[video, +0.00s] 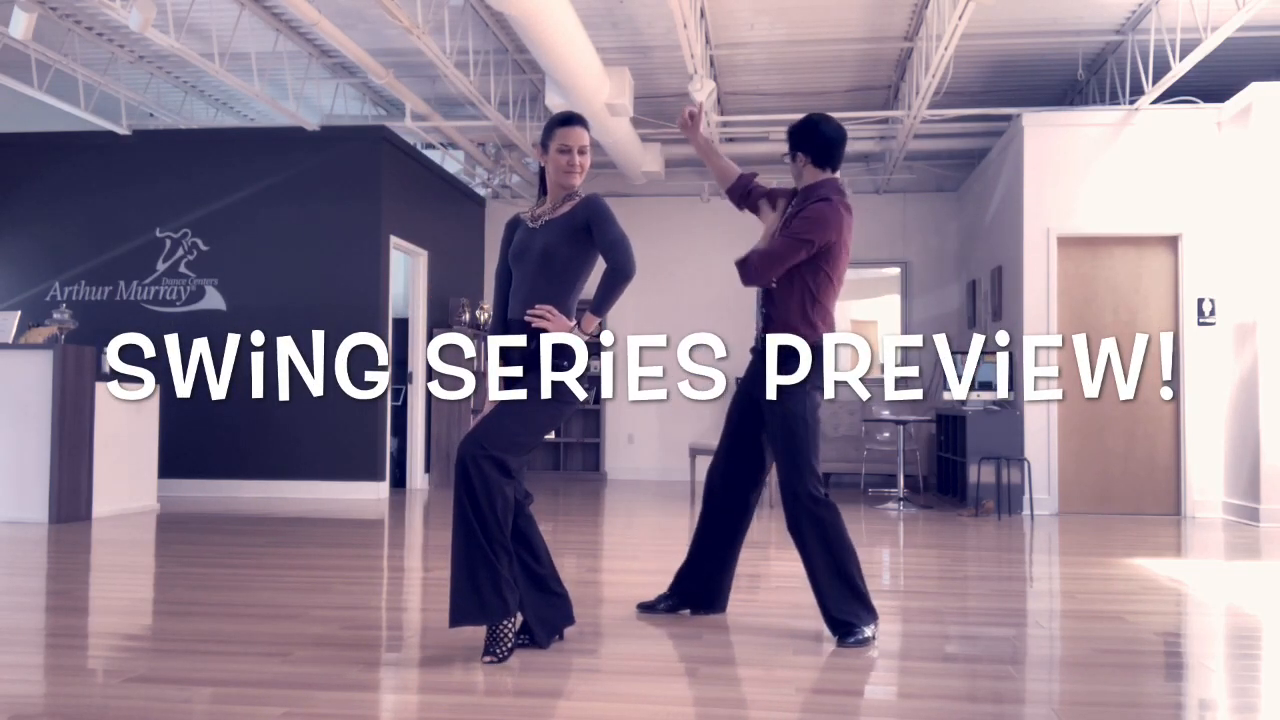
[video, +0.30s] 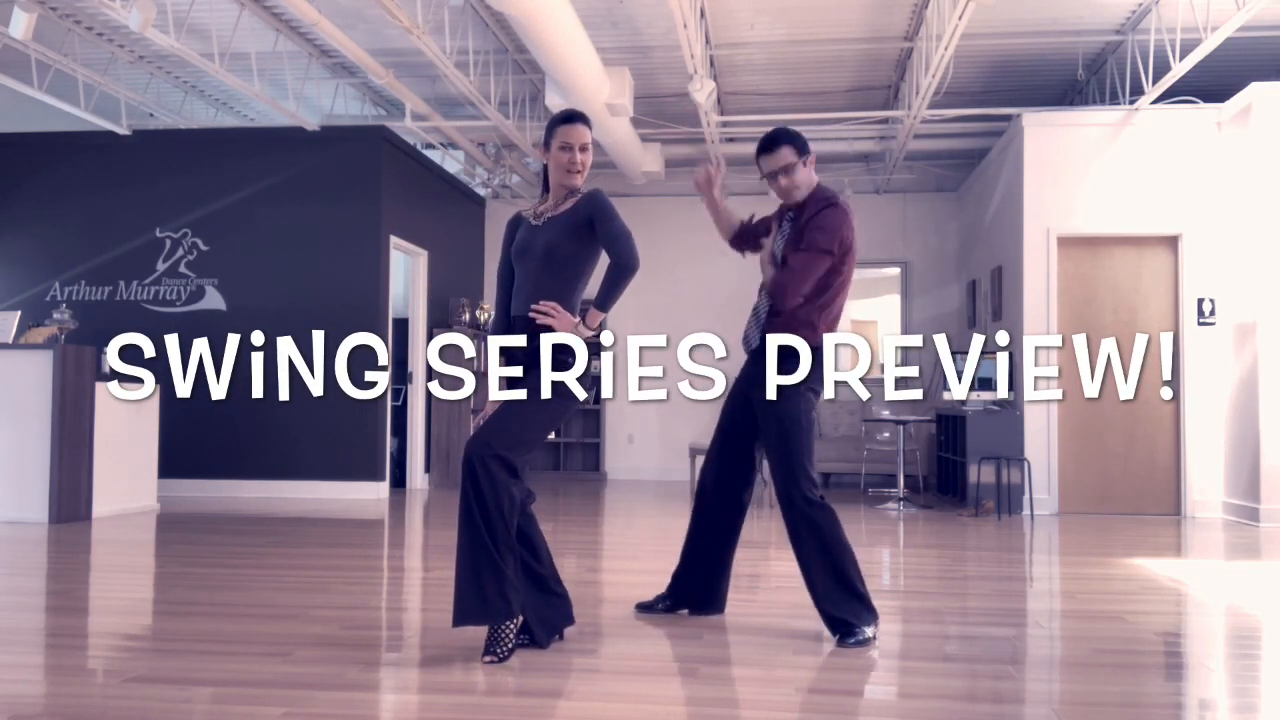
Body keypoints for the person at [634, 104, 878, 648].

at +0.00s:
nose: (786, 160)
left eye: (790, 152)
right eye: (789, 154)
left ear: (802, 155)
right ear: (832, 157)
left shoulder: (825, 209)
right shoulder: (804, 199)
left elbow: (753, 270)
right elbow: (744, 189)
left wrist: (767, 229)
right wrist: (698, 138)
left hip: (795, 361)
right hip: (771, 357)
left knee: (803, 492)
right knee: (731, 478)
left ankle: (854, 618)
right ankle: (698, 591)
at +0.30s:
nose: (778, 183)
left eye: (786, 171)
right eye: (770, 177)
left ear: (809, 164)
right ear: (765, 180)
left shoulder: (830, 215)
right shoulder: (786, 215)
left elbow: (787, 292)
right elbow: (740, 237)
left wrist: (766, 256)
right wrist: (713, 198)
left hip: (793, 365)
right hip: (762, 362)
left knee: (799, 491)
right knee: (722, 477)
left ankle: (854, 618)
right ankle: (696, 592)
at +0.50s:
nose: (790, 156)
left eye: (798, 147)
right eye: (778, 149)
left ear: (811, 153)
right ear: (764, 158)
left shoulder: (823, 208)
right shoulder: (767, 211)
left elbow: (848, 280)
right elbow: (756, 265)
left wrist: (779, 302)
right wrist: (729, 283)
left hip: (795, 356)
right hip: (759, 355)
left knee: (805, 488)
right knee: (725, 475)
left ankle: (855, 617)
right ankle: (696, 591)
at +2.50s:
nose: (792, 169)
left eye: (801, 161)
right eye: (791, 161)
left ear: (833, 163)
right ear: (812, 164)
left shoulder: (850, 224)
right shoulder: (797, 217)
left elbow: (877, 301)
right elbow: (770, 278)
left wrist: (816, 334)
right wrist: (743, 324)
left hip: (787, 365)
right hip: (750, 360)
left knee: (810, 489)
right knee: (721, 480)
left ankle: (854, 617)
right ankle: (697, 592)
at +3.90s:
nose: (793, 163)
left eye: (804, 154)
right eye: (792, 155)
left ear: (837, 159)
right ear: (807, 163)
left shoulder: (865, 218)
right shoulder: (791, 224)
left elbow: (906, 294)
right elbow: (740, 276)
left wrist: (848, 347)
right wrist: (690, 319)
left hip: (811, 370)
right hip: (764, 364)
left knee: (808, 493)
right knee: (706, 473)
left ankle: (857, 617)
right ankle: (699, 584)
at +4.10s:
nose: (797, 149)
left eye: (807, 141)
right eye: (789, 142)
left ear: (829, 152)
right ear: (780, 151)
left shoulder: (838, 208)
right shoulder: (765, 212)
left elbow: (885, 279)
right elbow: (700, 250)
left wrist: (831, 336)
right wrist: (630, 271)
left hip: (794, 363)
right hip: (745, 360)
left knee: (815, 490)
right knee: (694, 487)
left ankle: (856, 618)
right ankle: (688, 602)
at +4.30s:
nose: (785, 145)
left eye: (796, 137)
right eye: (776, 135)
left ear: (810, 148)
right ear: (762, 142)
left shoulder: (813, 206)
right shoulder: (730, 191)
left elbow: (859, 284)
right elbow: (656, 216)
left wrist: (794, 316)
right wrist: (587, 231)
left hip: (762, 356)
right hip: (709, 351)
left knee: (783, 473)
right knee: (684, 480)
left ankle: (833, 592)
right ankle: (691, 604)